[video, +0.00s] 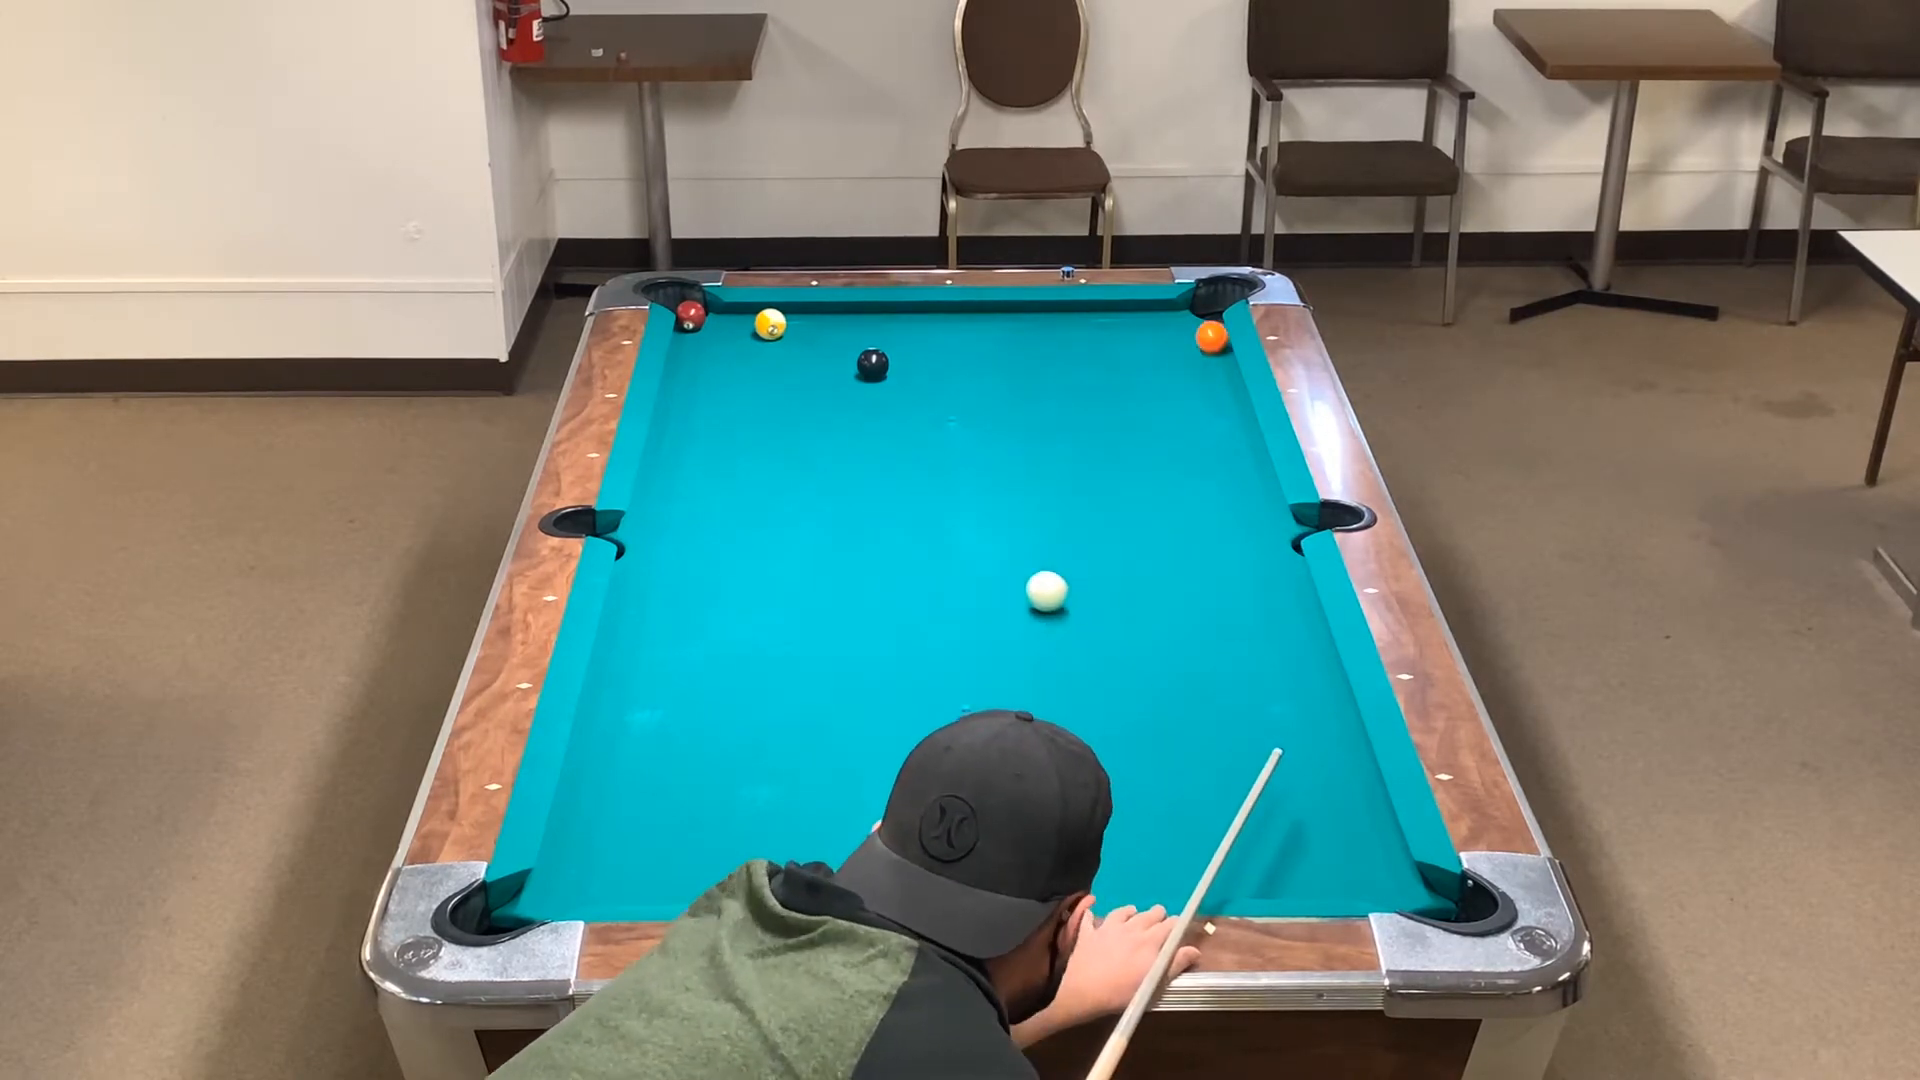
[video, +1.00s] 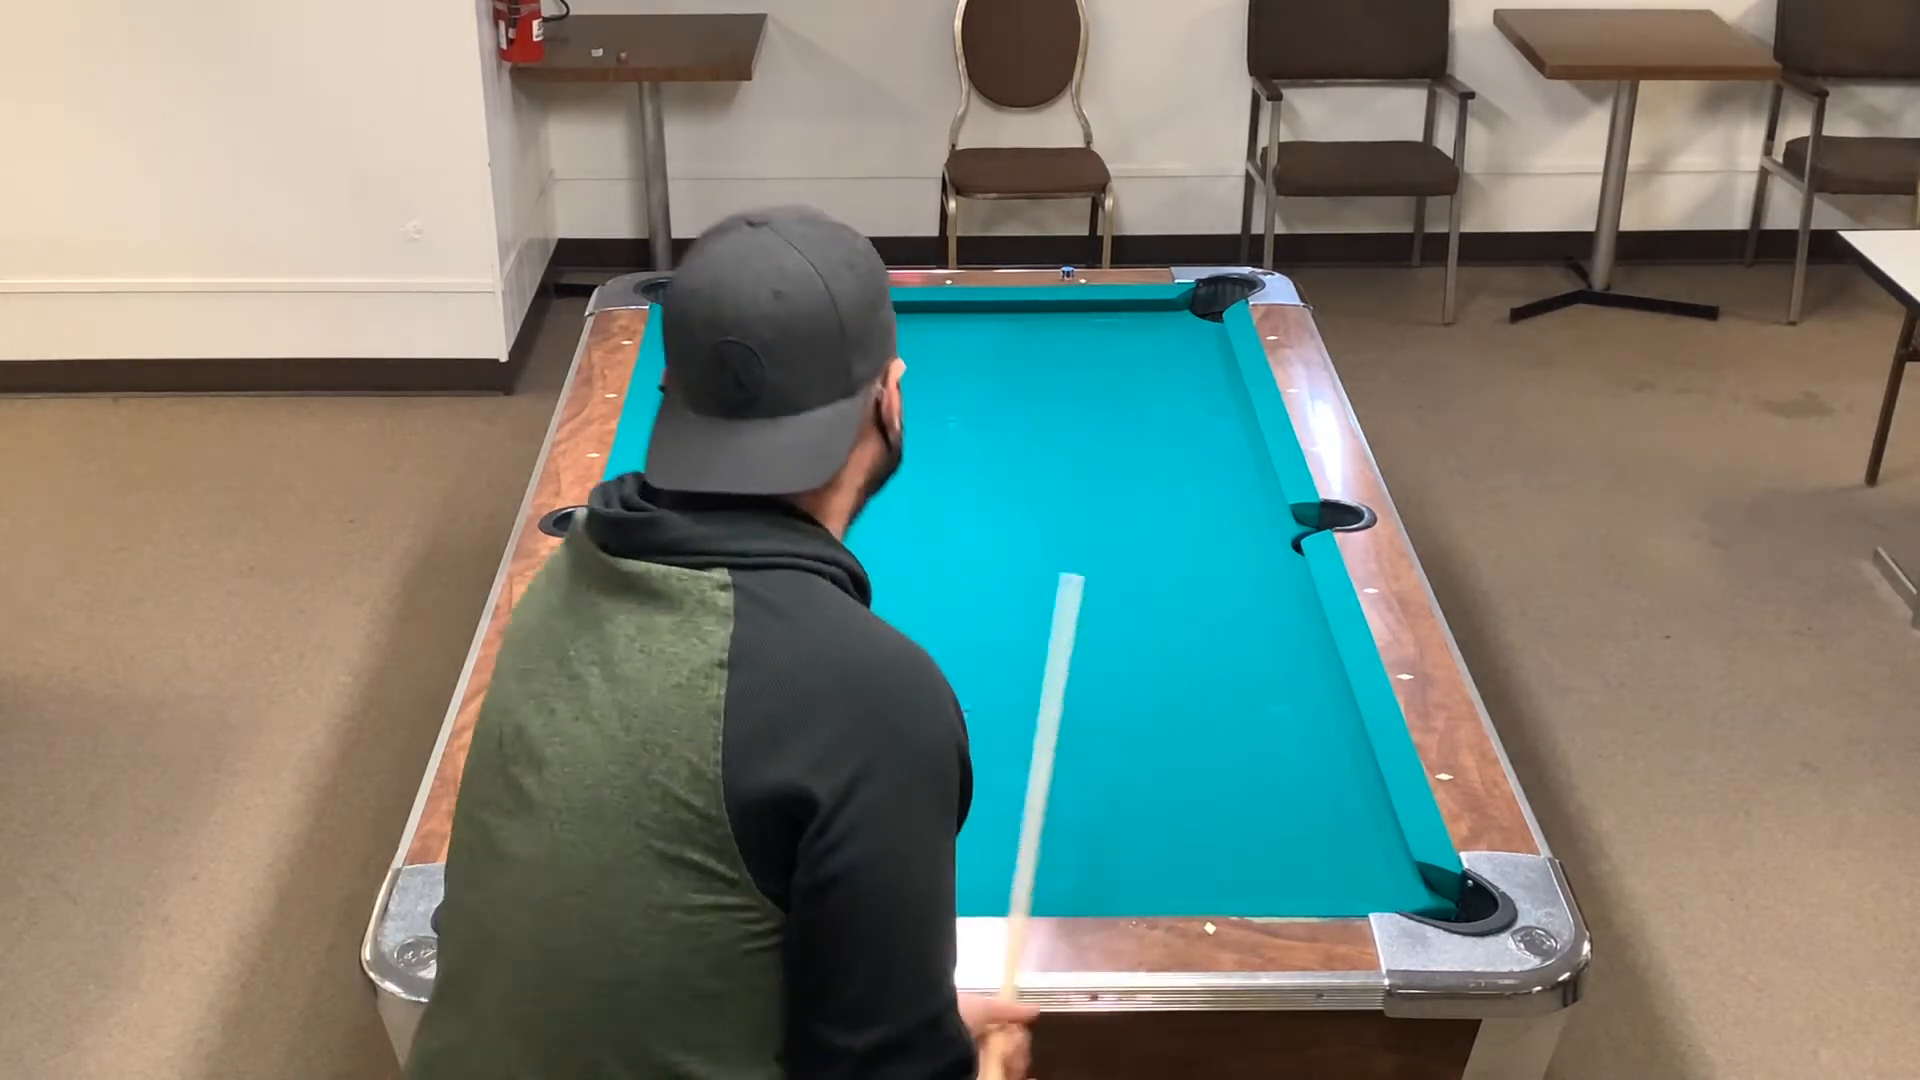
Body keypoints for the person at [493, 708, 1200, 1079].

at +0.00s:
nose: (1074, 929)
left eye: (1080, 913)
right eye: (1078, 913)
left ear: (890, 829)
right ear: (1059, 924)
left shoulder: (752, 897)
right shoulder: (950, 1042)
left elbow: (854, 1036)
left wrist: (1063, 1004)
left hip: (546, 1056)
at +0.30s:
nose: (1065, 819)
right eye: (1065, 802)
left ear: (862, 747)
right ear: (1048, 822)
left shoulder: (753, 825)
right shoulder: (967, 1009)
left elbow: (861, 966)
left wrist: (1070, 987)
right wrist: (1083, 988)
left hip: (471, 1053)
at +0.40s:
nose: (1056, 751)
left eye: (1053, 729)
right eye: (1057, 733)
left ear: (854, 688)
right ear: (1040, 759)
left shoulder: (750, 793)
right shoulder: (967, 971)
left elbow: (821, 947)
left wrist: (1057, 972)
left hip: (465, 1044)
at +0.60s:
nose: (1019, 613)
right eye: (1023, 592)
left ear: (806, 578)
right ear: (1003, 620)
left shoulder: (709, 709)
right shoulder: (942, 862)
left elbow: (800, 892)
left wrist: (1040, 955)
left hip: (430, 1048)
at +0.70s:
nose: (991, 552)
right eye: (991, 531)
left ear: (779, 519)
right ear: (974, 557)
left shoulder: (675, 670)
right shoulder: (926, 807)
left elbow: (773, 886)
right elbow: (885, 1068)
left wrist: (1026, 954)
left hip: (417, 1053)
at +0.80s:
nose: (962, 483)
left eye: (953, 458)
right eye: (959, 463)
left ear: (752, 461)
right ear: (942, 491)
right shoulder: (900, 755)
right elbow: (870, 1061)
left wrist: (1016, 952)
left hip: (425, 1047)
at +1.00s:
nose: (900, 388)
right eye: (896, 373)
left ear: (677, 387)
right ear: (884, 403)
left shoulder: (566, 579)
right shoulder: (869, 696)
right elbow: (885, 1056)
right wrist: (978, 1055)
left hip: (457, 1050)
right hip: (704, 1064)